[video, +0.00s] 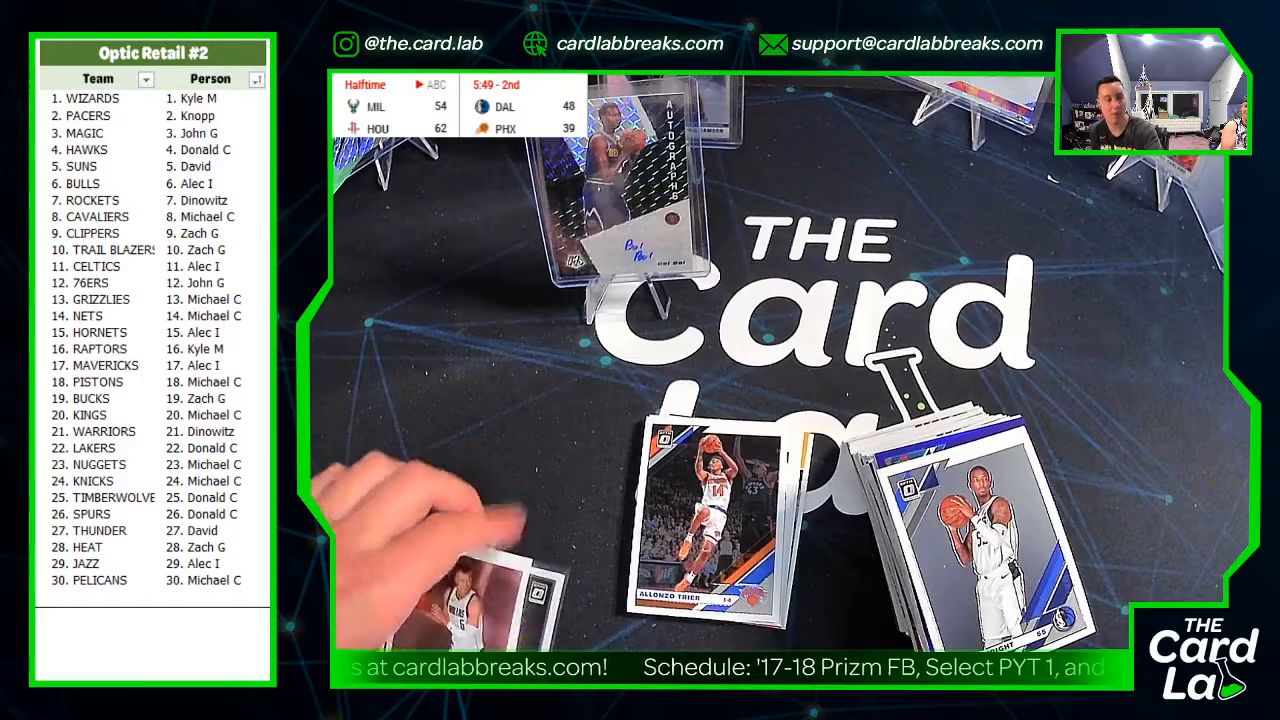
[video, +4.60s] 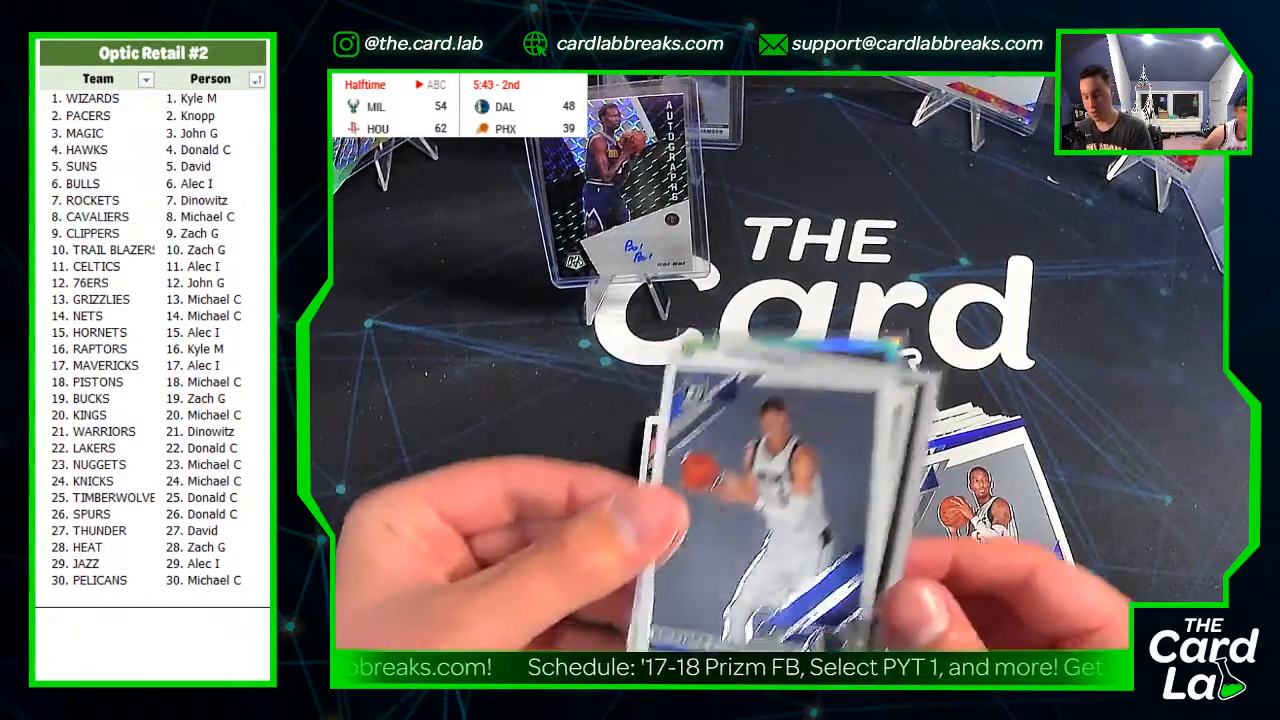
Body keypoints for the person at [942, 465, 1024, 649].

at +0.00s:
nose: (980, 483)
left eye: (984, 479)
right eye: (976, 480)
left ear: (990, 481)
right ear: (970, 485)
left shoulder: (1000, 504)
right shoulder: (974, 517)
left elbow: (996, 538)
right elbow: (965, 559)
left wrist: (972, 516)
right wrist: (953, 530)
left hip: (1007, 579)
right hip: (985, 585)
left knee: (1018, 632)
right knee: (992, 640)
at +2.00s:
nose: (980, 484)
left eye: (983, 480)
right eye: (975, 481)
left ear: (990, 482)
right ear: (970, 486)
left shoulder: (999, 504)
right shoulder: (974, 519)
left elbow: (997, 539)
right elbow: (965, 559)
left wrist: (972, 516)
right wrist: (953, 531)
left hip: (1006, 578)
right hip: (984, 585)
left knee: (1017, 632)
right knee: (991, 639)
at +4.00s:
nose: (981, 484)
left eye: (985, 480)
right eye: (976, 481)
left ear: (990, 484)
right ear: (970, 487)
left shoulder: (1000, 505)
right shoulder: (977, 514)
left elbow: (997, 540)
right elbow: (964, 554)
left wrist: (972, 518)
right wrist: (954, 532)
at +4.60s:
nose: (981, 485)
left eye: (985, 480)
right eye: (976, 481)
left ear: (990, 484)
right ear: (970, 486)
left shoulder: (1000, 505)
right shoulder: (977, 512)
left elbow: (997, 538)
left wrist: (972, 518)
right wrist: (954, 532)